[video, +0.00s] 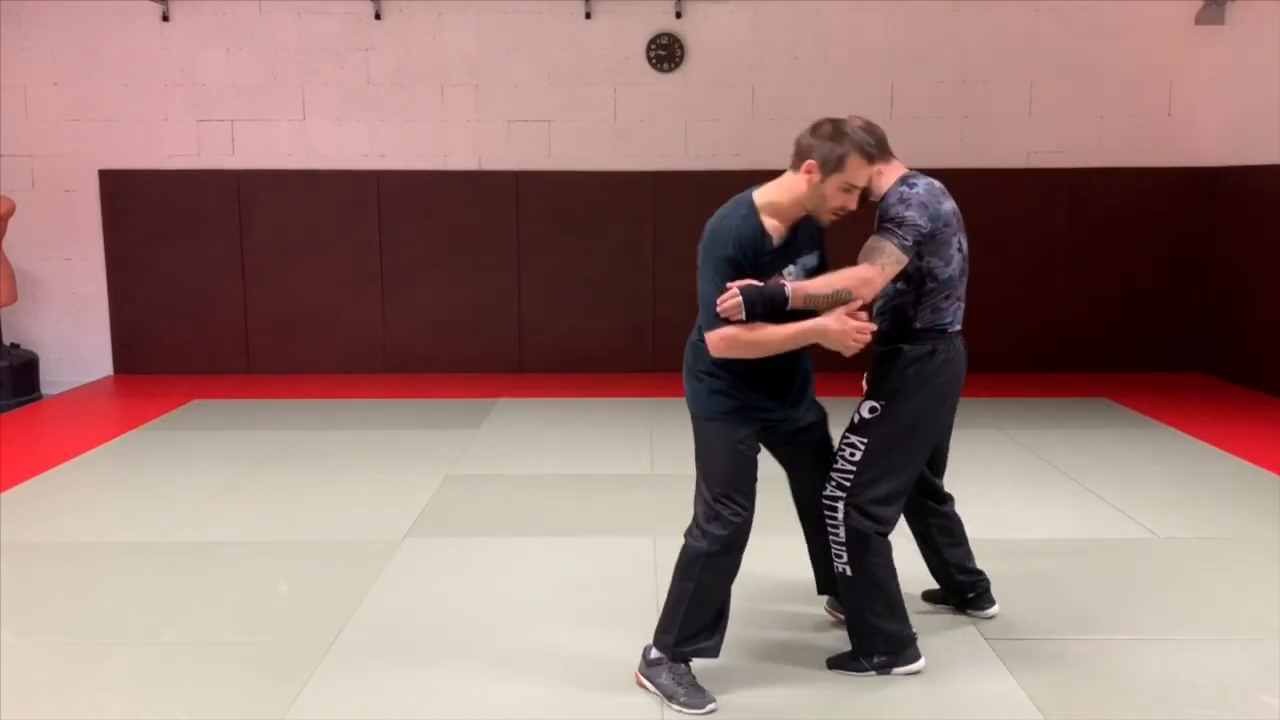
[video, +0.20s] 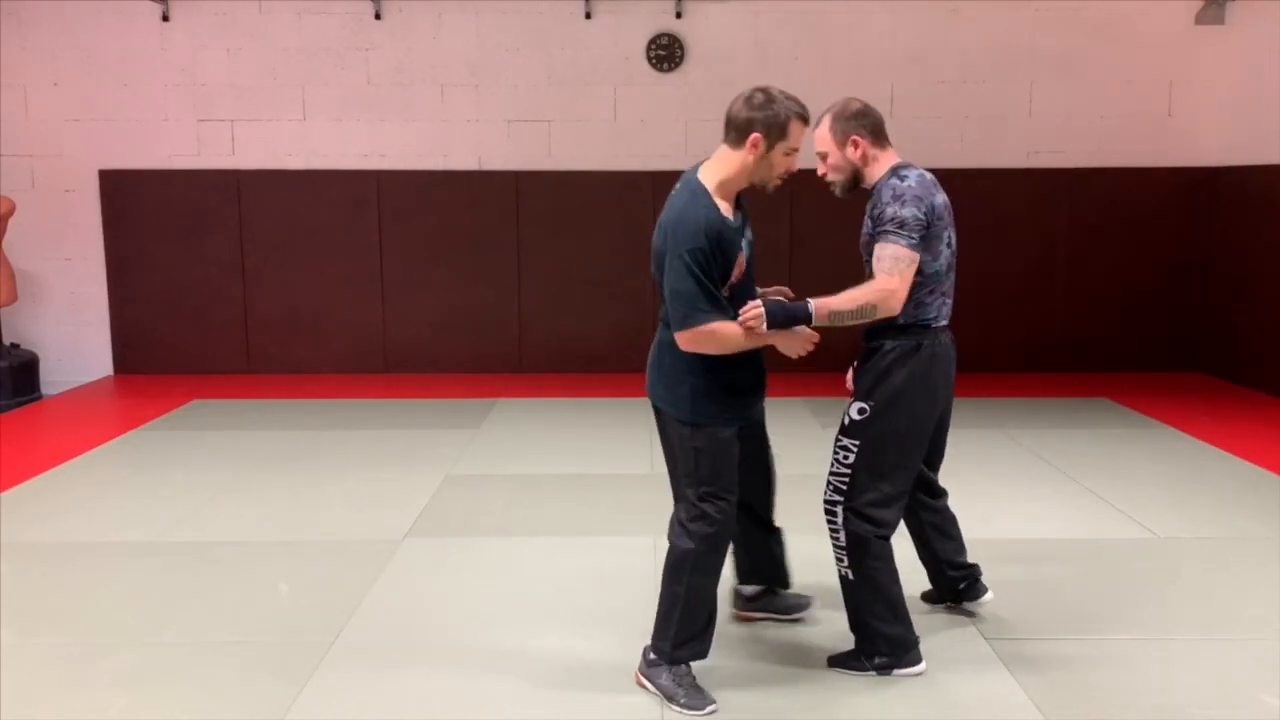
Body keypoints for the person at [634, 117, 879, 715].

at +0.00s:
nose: (852, 204)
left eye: (857, 192)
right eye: (847, 189)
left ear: (814, 175)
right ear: (809, 172)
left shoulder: (808, 221)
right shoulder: (729, 233)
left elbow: (805, 296)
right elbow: (721, 339)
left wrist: (845, 310)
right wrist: (816, 330)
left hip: (789, 385)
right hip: (726, 391)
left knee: (826, 491)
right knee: (723, 521)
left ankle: (843, 594)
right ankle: (666, 656)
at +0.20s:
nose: (793, 166)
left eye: (796, 154)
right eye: (790, 154)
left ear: (753, 144)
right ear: (756, 145)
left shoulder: (721, 192)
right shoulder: (693, 221)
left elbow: (724, 288)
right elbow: (691, 333)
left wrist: (767, 304)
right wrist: (771, 337)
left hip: (731, 384)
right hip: (694, 393)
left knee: (752, 489)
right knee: (706, 517)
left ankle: (761, 589)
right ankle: (665, 658)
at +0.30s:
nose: (765, 151)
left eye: (768, 138)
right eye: (763, 137)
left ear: (724, 130)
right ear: (730, 132)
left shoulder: (695, 190)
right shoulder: (674, 205)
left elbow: (693, 288)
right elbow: (674, 319)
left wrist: (738, 296)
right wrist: (747, 314)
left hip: (704, 383)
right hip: (675, 391)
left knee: (714, 498)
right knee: (687, 523)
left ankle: (672, 581)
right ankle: (664, 660)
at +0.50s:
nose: (735, 158)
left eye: (736, 146)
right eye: (730, 145)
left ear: (692, 141)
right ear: (698, 141)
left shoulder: (663, 202)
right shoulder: (642, 205)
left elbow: (660, 293)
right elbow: (631, 302)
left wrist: (699, 301)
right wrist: (705, 308)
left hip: (642, 381)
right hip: (630, 388)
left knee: (633, 486)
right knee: (659, 511)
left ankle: (590, 584)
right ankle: (662, 657)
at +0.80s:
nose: (682, 142)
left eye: (684, 131)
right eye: (679, 130)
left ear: (644, 125)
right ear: (648, 125)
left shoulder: (618, 185)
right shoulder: (595, 187)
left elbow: (597, 266)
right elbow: (583, 283)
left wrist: (626, 261)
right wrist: (647, 290)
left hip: (610, 373)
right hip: (578, 377)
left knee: (609, 489)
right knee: (571, 497)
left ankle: (594, 587)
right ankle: (520, 616)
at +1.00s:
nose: (651, 154)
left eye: (651, 142)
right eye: (647, 142)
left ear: (606, 141)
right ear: (618, 142)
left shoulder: (567, 191)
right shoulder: (570, 212)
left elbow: (565, 281)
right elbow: (582, 322)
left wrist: (617, 288)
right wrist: (634, 316)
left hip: (578, 372)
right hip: (544, 383)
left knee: (619, 452)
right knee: (537, 506)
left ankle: (597, 569)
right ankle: (507, 622)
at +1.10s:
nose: (641, 147)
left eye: (642, 135)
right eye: (636, 135)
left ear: (598, 132)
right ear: (606, 133)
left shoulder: (565, 187)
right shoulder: (558, 204)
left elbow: (554, 273)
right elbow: (568, 310)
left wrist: (602, 273)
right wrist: (627, 294)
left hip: (575, 372)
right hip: (535, 381)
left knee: (602, 464)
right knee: (530, 508)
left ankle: (591, 568)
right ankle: (507, 621)